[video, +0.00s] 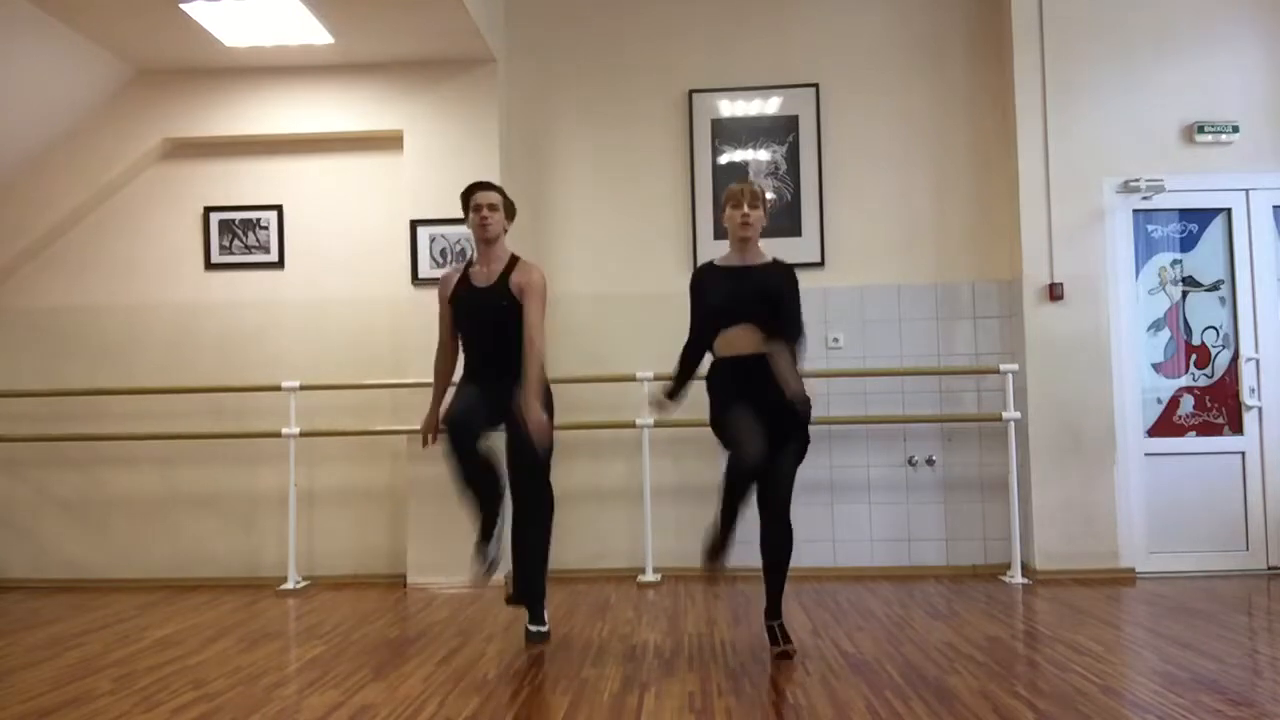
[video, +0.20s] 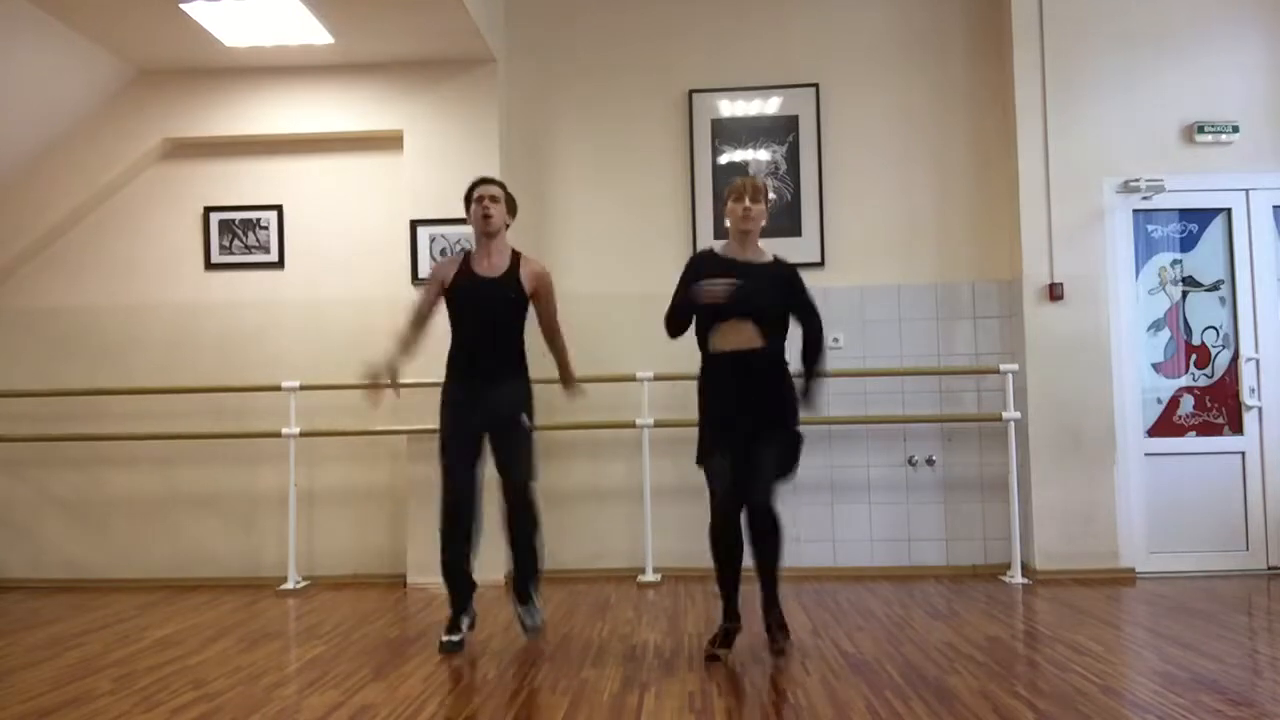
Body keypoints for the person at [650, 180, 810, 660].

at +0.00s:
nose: (744, 213)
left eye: (753, 205)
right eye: (736, 206)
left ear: (765, 214)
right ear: (723, 216)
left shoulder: (781, 273)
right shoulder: (706, 277)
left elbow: (789, 336)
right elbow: (698, 339)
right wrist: (674, 389)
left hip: (779, 386)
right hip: (729, 385)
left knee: (777, 506)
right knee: (750, 453)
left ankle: (774, 615)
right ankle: (723, 532)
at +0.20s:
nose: (746, 208)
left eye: (755, 200)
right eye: (738, 200)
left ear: (767, 210)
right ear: (725, 208)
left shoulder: (782, 272)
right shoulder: (702, 264)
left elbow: (813, 326)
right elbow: (674, 327)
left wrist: (809, 381)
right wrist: (695, 297)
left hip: (768, 397)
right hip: (719, 398)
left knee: (758, 499)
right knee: (723, 505)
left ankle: (772, 607)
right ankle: (730, 616)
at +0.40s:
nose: (739, 223)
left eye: (747, 215)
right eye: (731, 215)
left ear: (760, 224)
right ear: (719, 223)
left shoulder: (775, 284)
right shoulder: (706, 284)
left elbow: (770, 345)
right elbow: (698, 354)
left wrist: (780, 362)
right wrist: (753, 346)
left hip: (758, 407)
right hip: (709, 406)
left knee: (712, 480)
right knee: (711, 508)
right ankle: (718, 620)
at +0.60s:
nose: (752, 208)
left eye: (758, 201)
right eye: (742, 201)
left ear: (765, 210)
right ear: (721, 210)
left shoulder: (782, 261)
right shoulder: (703, 262)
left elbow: (833, 300)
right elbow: (673, 322)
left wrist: (873, 334)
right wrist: (721, 322)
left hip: (769, 386)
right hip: (717, 388)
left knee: (751, 477)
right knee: (713, 508)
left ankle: (799, 559)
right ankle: (719, 618)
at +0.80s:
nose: (767, 220)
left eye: (772, 213)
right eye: (757, 212)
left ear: (777, 224)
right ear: (735, 222)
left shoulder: (795, 277)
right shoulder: (716, 281)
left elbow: (850, 302)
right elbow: (686, 333)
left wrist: (877, 255)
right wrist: (690, 365)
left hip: (786, 398)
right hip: (734, 400)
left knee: (821, 509)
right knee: (728, 519)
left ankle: (870, 612)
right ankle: (722, 626)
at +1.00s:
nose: (795, 211)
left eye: (801, 204)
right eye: (785, 203)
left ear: (809, 216)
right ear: (766, 216)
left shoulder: (825, 265)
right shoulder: (754, 278)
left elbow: (826, 279)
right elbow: (723, 327)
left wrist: (806, 232)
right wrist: (751, 365)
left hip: (836, 388)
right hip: (787, 391)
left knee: (851, 502)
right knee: (777, 492)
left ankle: (864, 612)